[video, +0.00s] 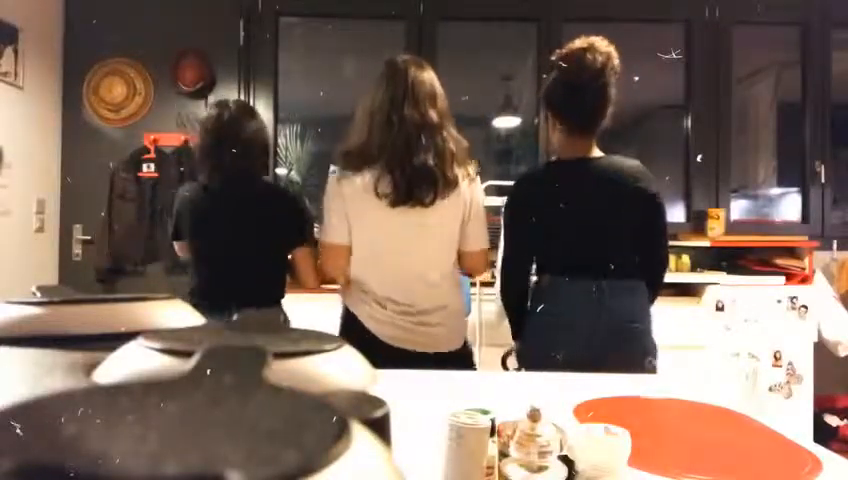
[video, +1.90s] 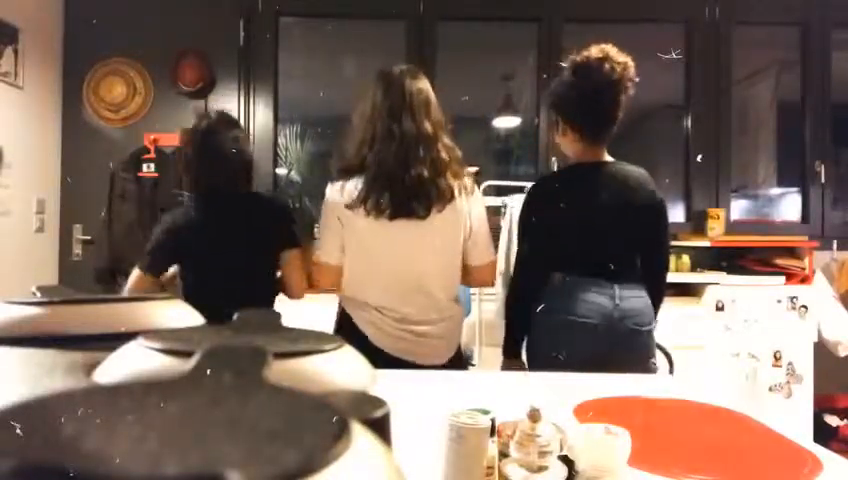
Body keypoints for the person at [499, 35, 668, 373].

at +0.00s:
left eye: (546, 111)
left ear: (551, 114)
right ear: (605, 113)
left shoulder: (529, 187)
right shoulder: (636, 178)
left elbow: (513, 278)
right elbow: (656, 266)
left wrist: (525, 335)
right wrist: (628, 310)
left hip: (554, 318)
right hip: (625, 315)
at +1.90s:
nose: (553, 135)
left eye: (554, 124)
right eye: (553, 124)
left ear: (564, 127)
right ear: (611, 122)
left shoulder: (545, 192)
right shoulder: (642, 186)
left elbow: (528, 276)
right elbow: (655, 275)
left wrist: (512, 349)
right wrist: (638, 328)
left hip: (559, 334)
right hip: (628, 335)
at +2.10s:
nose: (623, 113)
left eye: (621, 105)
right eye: (620, 106)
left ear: (557, 122)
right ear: (608, 118)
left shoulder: (535, 190)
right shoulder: (639, 177)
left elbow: (528, 277)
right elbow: (667, 254)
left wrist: (521, 348)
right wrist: (647, 308)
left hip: (556, 339)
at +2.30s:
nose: (615, 129)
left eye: (618, 120)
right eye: (605, 119)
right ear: (574, 124)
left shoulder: (565, 178)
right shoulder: (608, 176)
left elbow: (551, 253)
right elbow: (648, 242)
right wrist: (678, 303)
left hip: (567, 298)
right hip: (618, 303)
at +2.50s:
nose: (598, 128)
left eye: (610, 120)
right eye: (588, 117)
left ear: (622, 127)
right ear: (571, 121)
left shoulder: (577, 170)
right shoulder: (599, 173)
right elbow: (625, 256)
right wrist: (665, 328)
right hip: (612, 310)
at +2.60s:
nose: (598, 134)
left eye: (610, 125)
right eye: (588, 122)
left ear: (622, 131)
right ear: (571, 127)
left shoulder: (577, 174)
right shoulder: (600, 177)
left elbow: (644, 211)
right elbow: (625, 260)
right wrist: (647, 332)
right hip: (606, 319)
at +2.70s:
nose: (596, 139)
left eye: (608, 131)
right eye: (586, 128)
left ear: (621, 138)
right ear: (569, 132)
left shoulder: (579, 178)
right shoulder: (593, 178)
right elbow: (601, 268)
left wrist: (671, 327)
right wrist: (632, 343)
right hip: (598, 331)